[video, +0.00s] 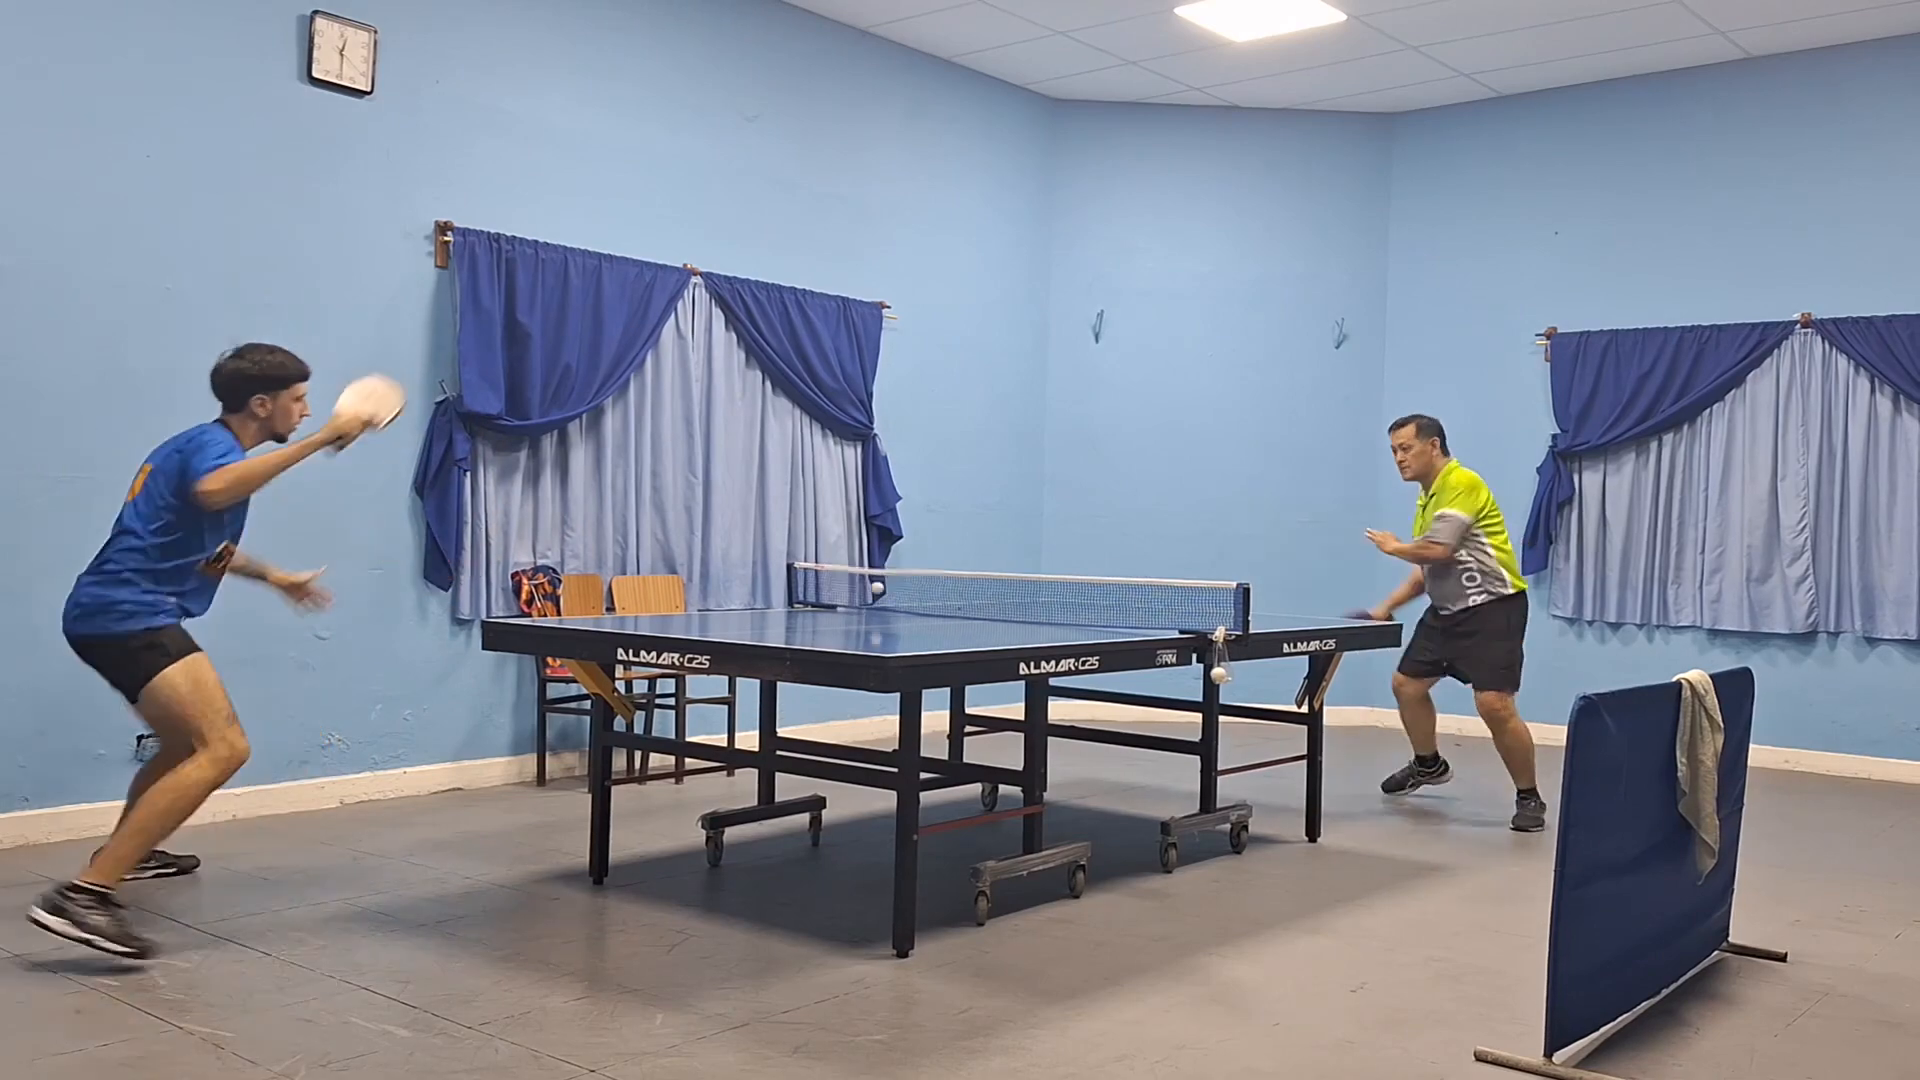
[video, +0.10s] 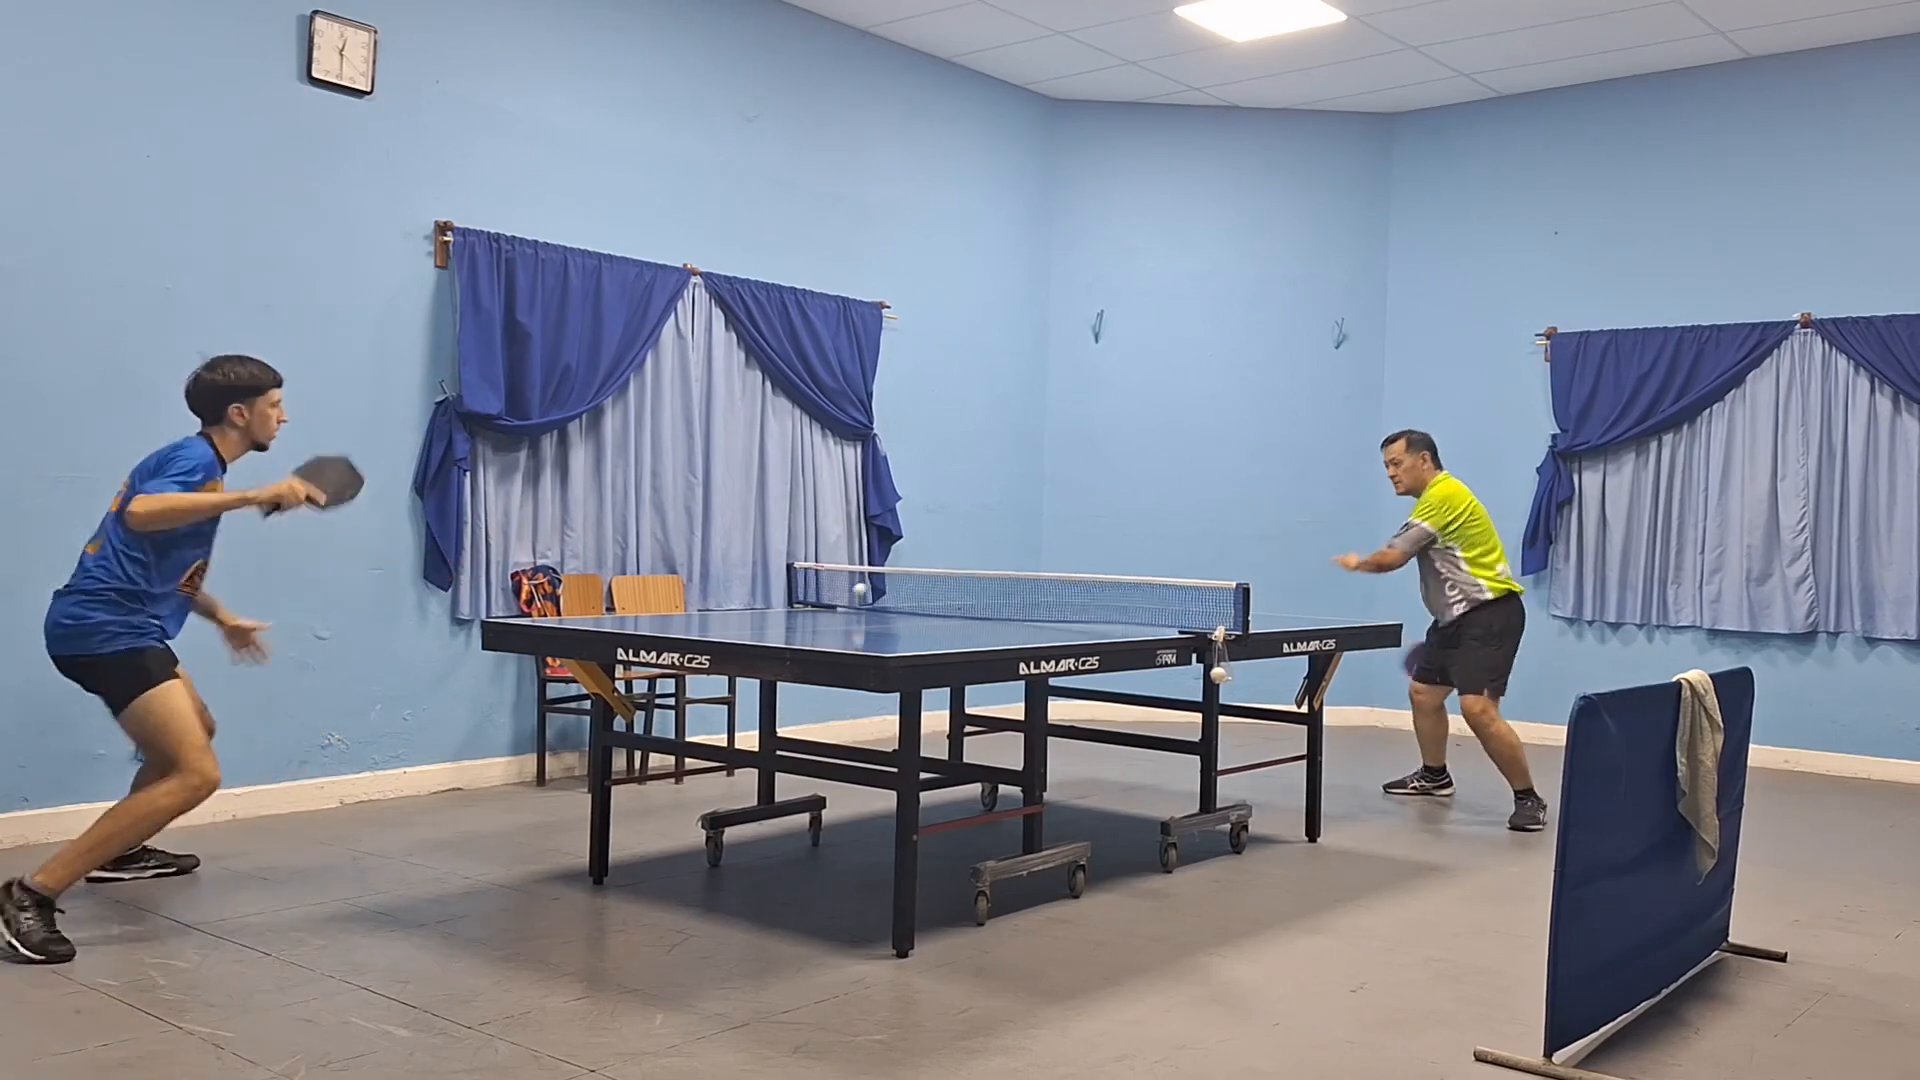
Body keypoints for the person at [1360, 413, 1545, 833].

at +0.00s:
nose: (1399, 458)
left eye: (1405, 449)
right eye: (1395, 452)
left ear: (1433, 446)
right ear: (1395, 457)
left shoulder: (1462, 482)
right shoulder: (1426, 500)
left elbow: (1441, 549)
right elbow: (1426, 571)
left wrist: (1395, 548)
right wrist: (1386, 608)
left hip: (1494, 607)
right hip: (1446, 611)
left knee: (1494, 705)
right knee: (1407, 685)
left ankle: (1528, 797)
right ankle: (1428, 763)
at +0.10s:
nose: (1390, 473)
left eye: (1396, 464)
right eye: (1387, 467)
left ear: (1424, 460)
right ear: (1424, 464)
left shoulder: (1444, 493)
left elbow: (1397, 553)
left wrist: (1362, 563)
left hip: (1491, 611)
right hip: (1457, 617)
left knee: (1477, 708)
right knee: (1424, 695)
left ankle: (1528, 798)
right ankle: (1434, 775)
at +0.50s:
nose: (1373, 456)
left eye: (1379, 448)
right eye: (1370, 451)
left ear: (1405, 445)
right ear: (1388, 453)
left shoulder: (1432, 480)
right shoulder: (1406, 495)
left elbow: (1456, 535)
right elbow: (1438, 547)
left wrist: (1420, 584)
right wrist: (1431, 592)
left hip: (1478, 591)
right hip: (1439, 601)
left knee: (1497, 684)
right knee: (1416, 681)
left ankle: (1531, 784)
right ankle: (1431, 772)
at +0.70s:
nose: (1407, 434)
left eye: (1415, 426)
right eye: (1403, 427)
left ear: (1442, 430)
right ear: (1403, 433)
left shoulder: (1464, 469)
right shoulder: (1414, 485)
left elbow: (1484, 520)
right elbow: (1407, 539)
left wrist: (1433, 548)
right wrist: (1372, 571)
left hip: (1485, 591)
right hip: (1437, 596)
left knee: (1496, 683)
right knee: (1431, 680)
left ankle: (1518, 771)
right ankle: (1433, 771)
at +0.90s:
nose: (1451, 429)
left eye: (1461, 422)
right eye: (1447, 422)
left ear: (1485, 429)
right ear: (1444, 426)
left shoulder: (1503, 473)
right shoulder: (1437, 476)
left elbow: (1473, 526)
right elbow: (1399, 514)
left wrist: (1427, 499)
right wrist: (1356, 539)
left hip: (1499, 598)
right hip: (1448, 597)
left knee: (1507, 688)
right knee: (1441, 683)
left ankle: (1514, 775)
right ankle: (1433, 770)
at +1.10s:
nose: (1408, 472)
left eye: (1416, 463)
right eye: (1402, 464)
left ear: (1443, 462)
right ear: (1398, 466)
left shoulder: (1481, 499)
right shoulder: (1407, 510)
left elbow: (1532, 547)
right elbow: (1391, 565)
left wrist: (1486, 592)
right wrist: (1361, 584)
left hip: (1502, 604)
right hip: (1446, 606)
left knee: (1496, 687)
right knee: (1422, 687)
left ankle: (1508, 795)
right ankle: (1435, 772)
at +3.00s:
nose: (1392, 439)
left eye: (1400, 431)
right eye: (1389, 433)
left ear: (1430, 433)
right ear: (1389, 438)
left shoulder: (1467, 483)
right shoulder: (1390, 491)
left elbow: (1505, 540)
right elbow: (1365, 547)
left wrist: (1453, 579)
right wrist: (1325, 555)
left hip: (1461, 612)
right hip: (1404, 610)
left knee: (1470, 700)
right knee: (1361, 684)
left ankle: (1493, 793)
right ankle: (1370, 769)